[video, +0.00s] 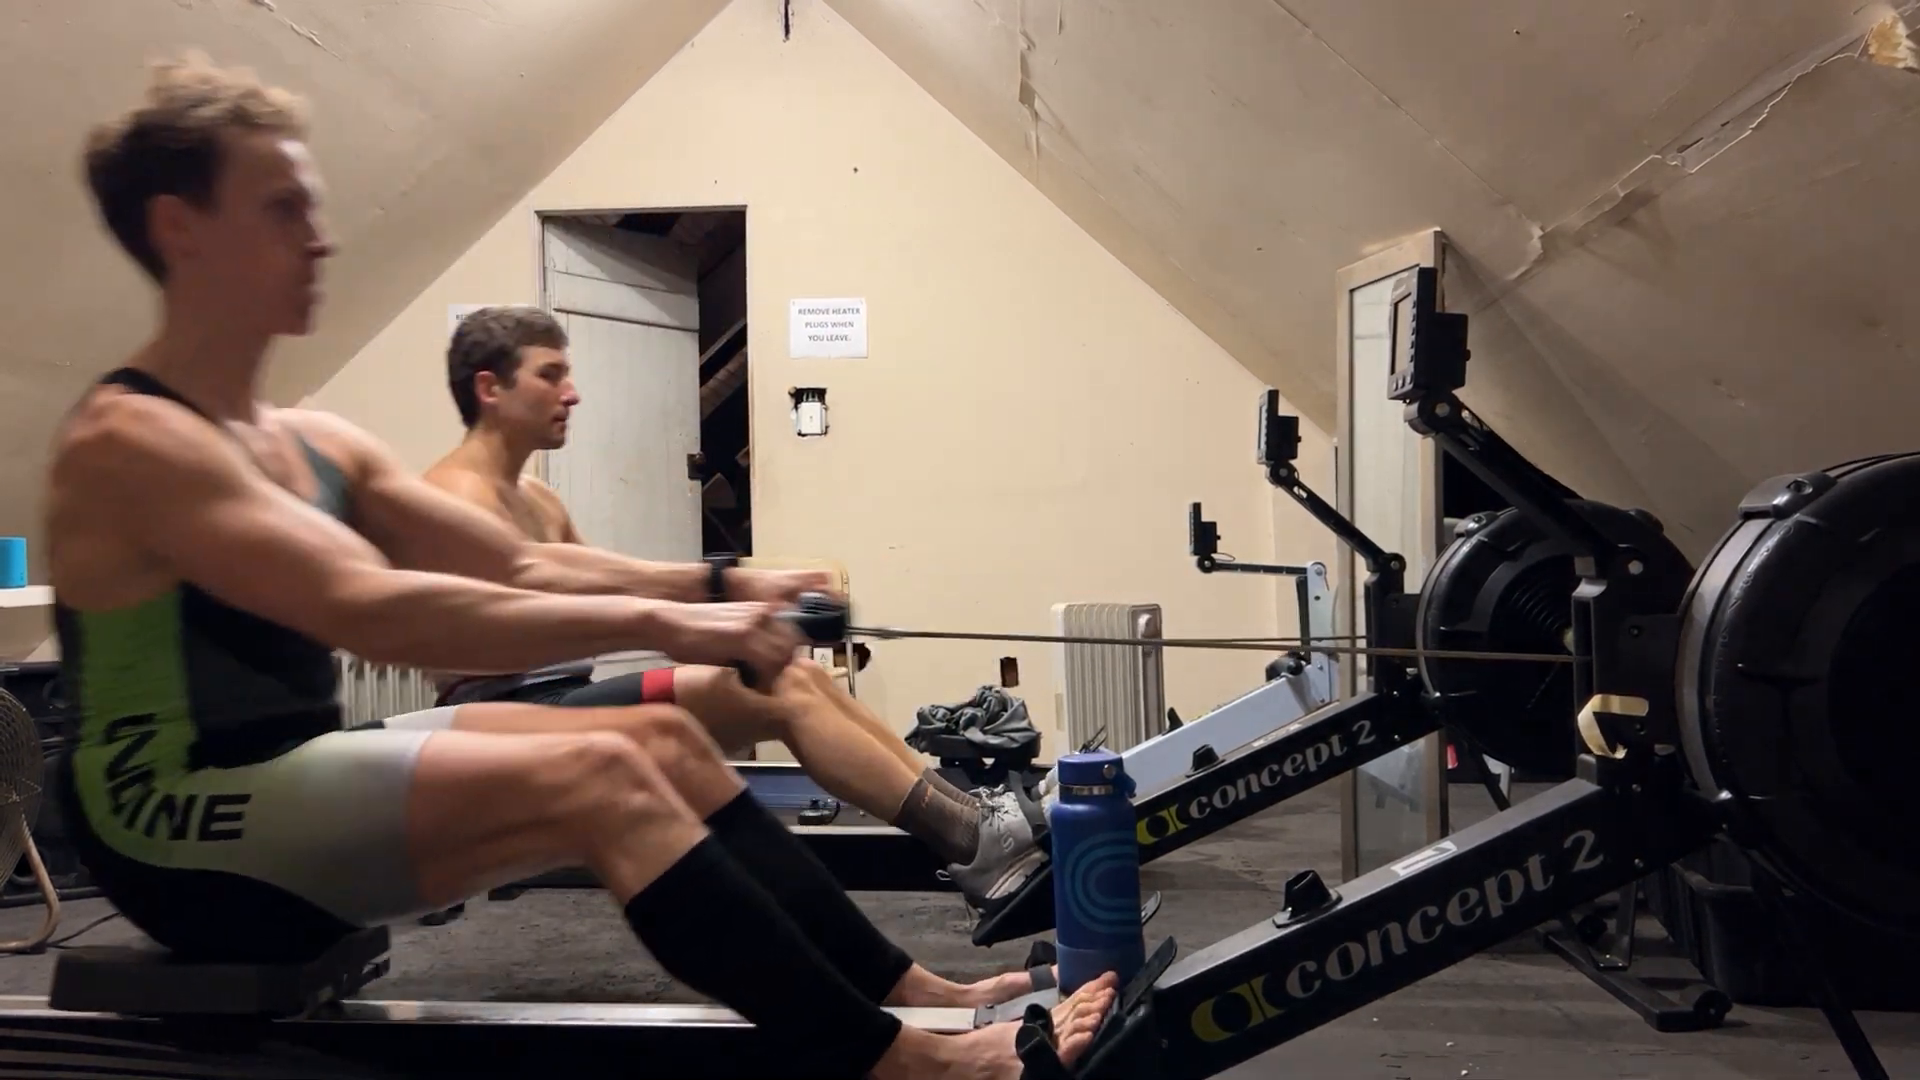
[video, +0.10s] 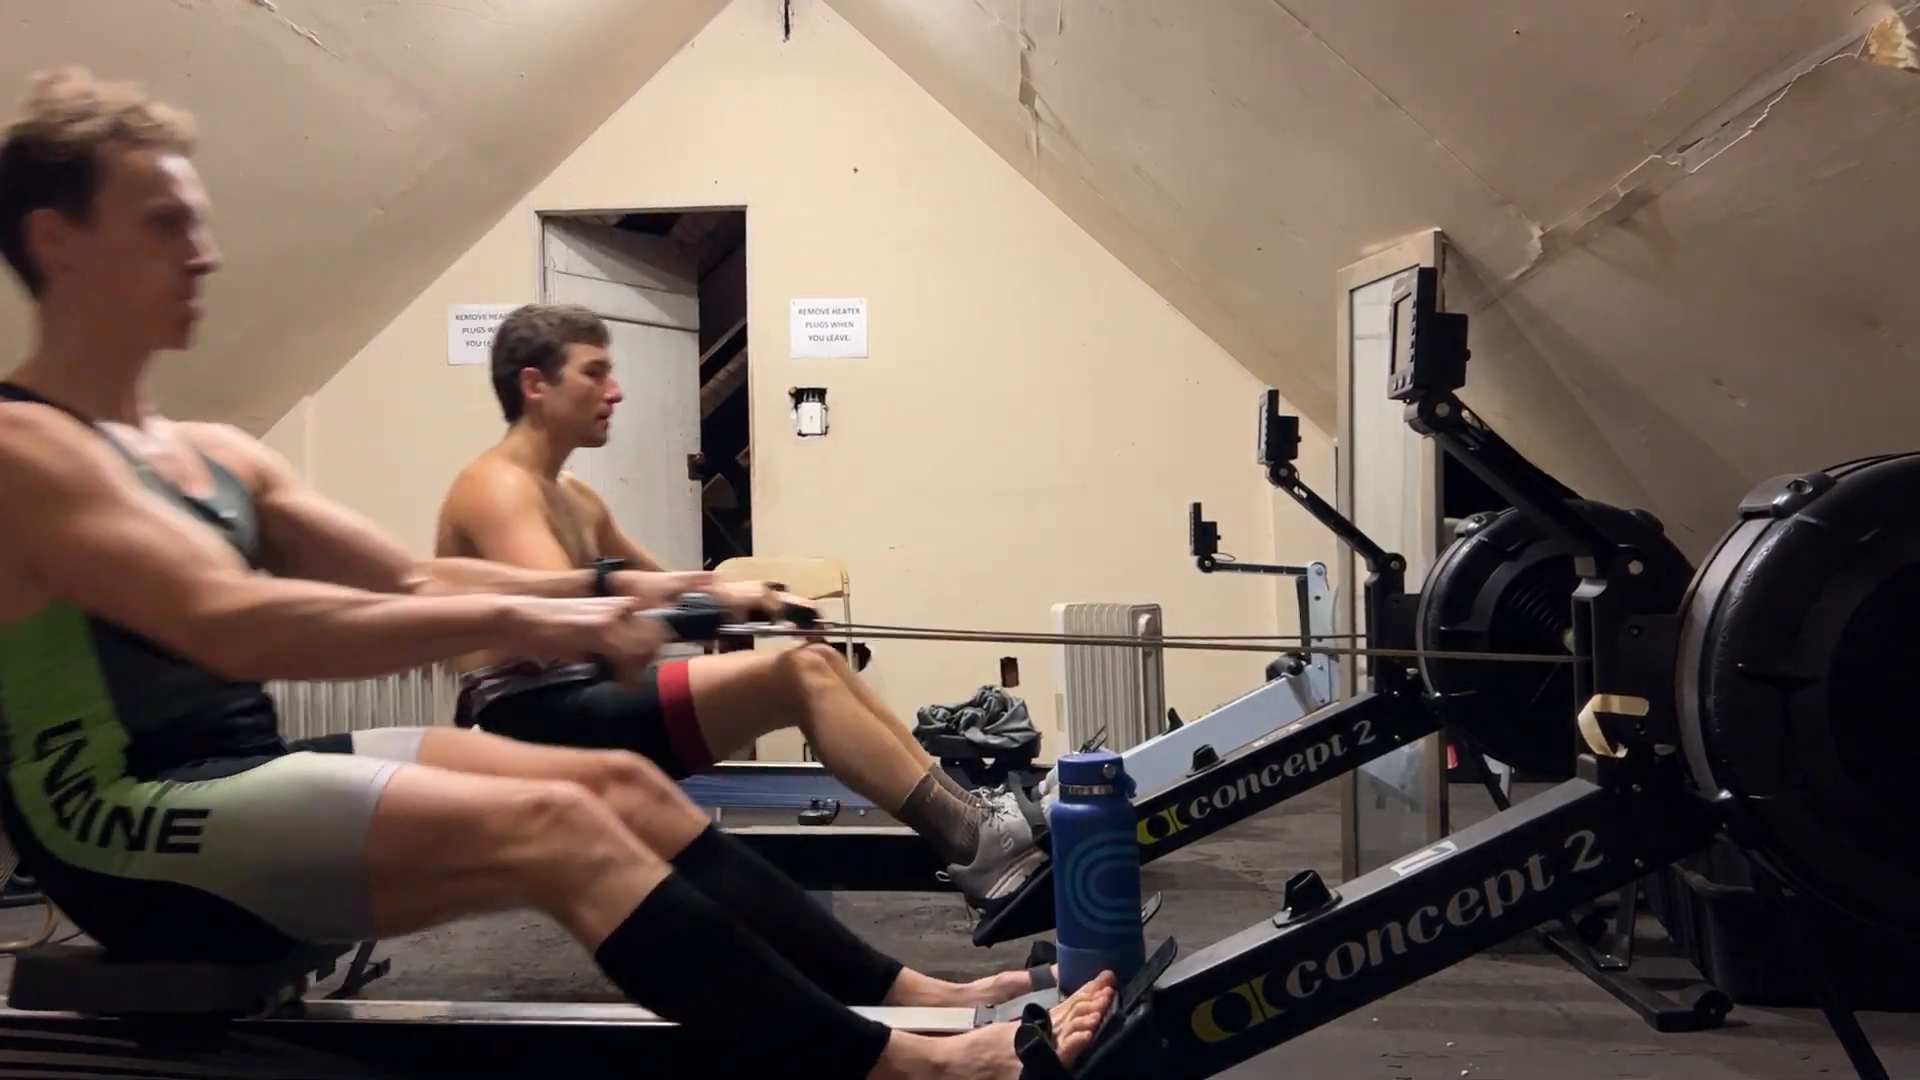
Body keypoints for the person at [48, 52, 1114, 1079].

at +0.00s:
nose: (323, 237)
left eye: (314, 206)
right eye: (285, 208)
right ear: (173, 226)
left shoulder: (310, 439)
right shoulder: (133, 440)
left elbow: (505, 560)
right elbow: (373, 619)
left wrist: (710, 602)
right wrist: (662, 631)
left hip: (295, 765)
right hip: (179, 798)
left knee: (671, 736)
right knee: (606, 780)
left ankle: (909, 998)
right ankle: (885, 1058)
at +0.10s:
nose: (204, 256)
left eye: (199, 225)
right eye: (169, 222)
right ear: (51, 241)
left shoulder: (207, 450)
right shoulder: (24, 447)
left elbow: (413, 585)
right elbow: (230, 625)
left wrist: (585, 609)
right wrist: (520, 624)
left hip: (248, 772)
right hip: (132, 808)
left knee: (613, 789)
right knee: (548, 819)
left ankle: (905, 996)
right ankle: (893, 1061)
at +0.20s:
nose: (97, 287)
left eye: (96, 258)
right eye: (62, 259)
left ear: (88, 271)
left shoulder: (123, 479)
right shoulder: (3, 487)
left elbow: (317, 608)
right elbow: (59, 672)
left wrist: (473, 622)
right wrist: (353, 631)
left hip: (217, 768)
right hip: (90, 807)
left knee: (584, 830)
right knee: (529, 872)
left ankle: (912, 1003)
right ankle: (898, 1066)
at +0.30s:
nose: (24, 326)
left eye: (28, 297)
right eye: (4, 296)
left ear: (37, 313)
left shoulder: (60, 506)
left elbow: (229, 655)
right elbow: (7, 729)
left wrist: (354, 630)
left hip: (189, 776)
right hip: (68, 822)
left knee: (569, 856)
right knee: (504, 896)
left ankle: (929, 1010)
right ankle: (913, 1056)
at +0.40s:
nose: (13, 322)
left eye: (12, 296)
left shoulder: (37, 531)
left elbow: (164, 693)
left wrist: (254, 629)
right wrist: (78, 638)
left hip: (154, 779)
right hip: (60, 815)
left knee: (560, 857)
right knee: (496, 897)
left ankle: (922, 1008)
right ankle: (906, 1063)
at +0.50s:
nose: (60, 333)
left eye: (65, 303)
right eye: (35, 302)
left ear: (68, 312)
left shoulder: (58, 505)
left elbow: (156, 693)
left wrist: (169, 590)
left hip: (185, 784)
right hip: (61, 829)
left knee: (569, 835)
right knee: (493, 874)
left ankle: (913, 1006)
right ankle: (871, 1060)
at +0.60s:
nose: (197, 308)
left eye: (197, 275)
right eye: (169, 272)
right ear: (52, 273)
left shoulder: (153, 474)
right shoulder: (10, 464)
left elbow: (225, 670)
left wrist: (272, 574)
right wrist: (64, 560)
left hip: (222, 786)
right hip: (94, 832)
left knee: (593, 794)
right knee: (519, 828)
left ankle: (890, 1005)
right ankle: (850, 1058)